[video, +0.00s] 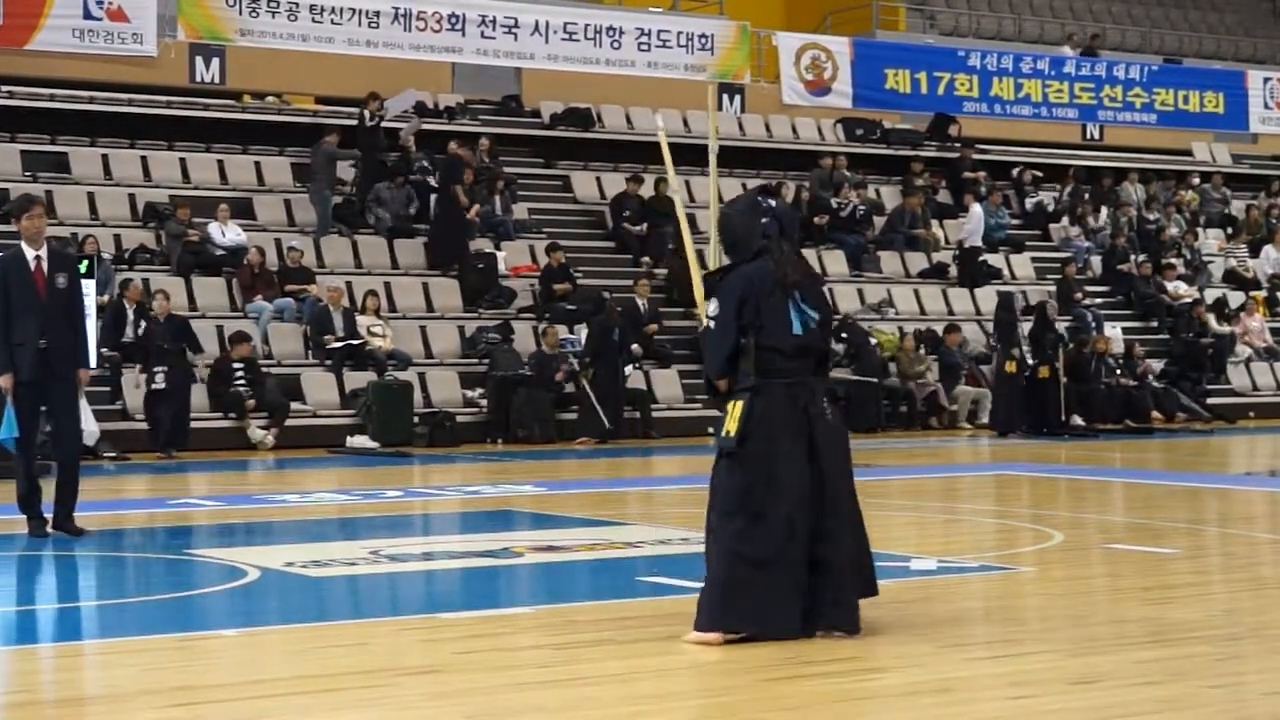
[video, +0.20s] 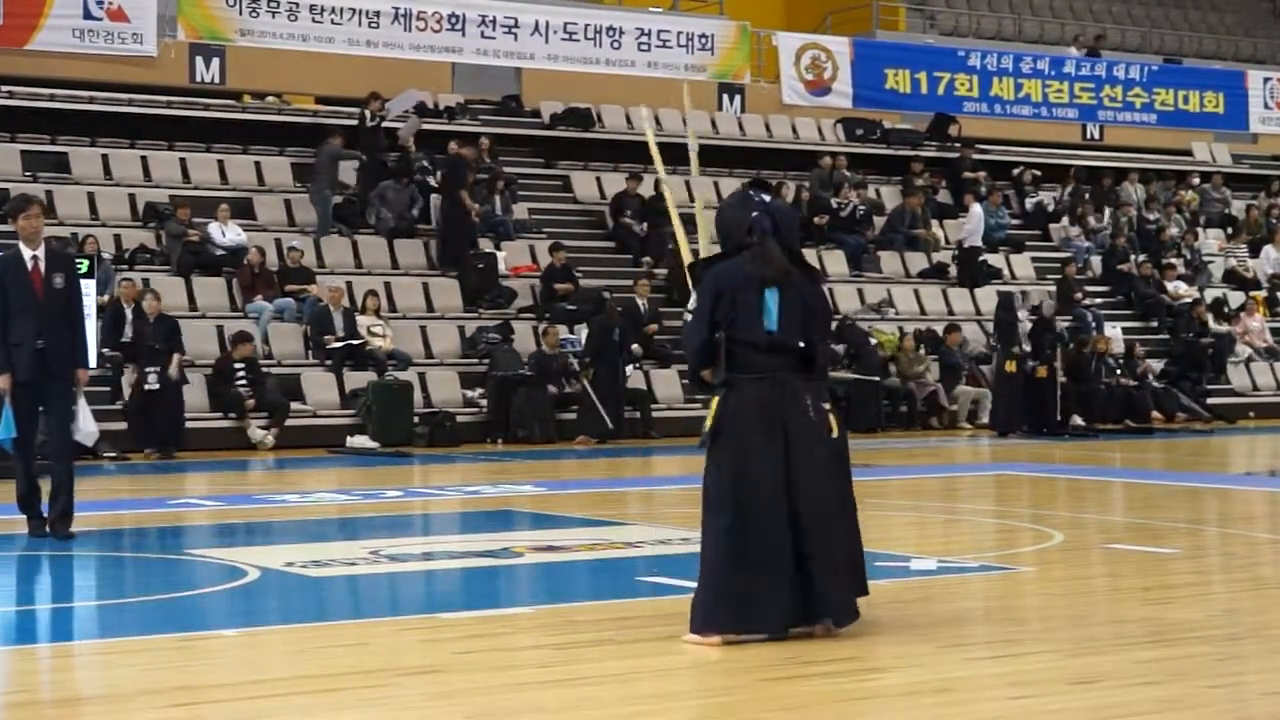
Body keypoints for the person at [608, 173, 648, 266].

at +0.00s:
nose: (635, 188)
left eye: (637, 185)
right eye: (633, 184)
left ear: (639, 187)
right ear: (627, 184)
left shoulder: (641, 200)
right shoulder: (617, 199)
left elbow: (646, 215)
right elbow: (617, 219)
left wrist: (644, 225)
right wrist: (631, 228)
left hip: (639, 227)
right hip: (624, 228)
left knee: (649, 238)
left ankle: (646, 259)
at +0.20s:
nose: (633, 186)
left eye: (635, 183)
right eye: (631, 182)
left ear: (638, 184)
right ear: (627, 183)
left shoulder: (641, 199)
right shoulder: (618, 197)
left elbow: (645, 214)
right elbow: (616, 217)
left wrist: (644, 225)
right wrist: (633, 225)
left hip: (638, 229)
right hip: (622, 228)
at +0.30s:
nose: (633, 184)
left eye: (636, 182)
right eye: (631, 181)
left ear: (638, 183)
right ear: (626, 181)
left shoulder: (642, 199)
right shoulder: (618, 196)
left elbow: (646, 214)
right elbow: (610, 213)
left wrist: (646, 226)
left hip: (638, 228)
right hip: (621, 228)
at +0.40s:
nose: (630, 183)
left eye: (633, 181)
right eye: (629, 180)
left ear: (637, 183)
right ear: (626, 181)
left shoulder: (641, 198)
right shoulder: (620, 196)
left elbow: (647, 213)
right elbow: (608, 201)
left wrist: (646, 223)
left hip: (638, 227)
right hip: (622, 228)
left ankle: (648, 259)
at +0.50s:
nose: (630, 184)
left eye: (633, 181)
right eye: (629, 180)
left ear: (637, 183)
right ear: (626, 181)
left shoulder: (641, 197)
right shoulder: (620, 195)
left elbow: (647, 212)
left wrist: (646, 223)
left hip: (638, 228)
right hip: (622, 228)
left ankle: (649, 258)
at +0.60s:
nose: (630, 183)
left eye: (633, 181)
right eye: (629, 180)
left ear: (637, 183)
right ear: (626, 181)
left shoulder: (641, 197)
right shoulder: (620, 194)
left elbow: (647, 211)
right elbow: (609, 182)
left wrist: (646, 222)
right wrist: (615, 175)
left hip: (638, 227)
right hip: (622, 228)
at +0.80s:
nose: (626, 185)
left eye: (629, 183)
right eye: (626, 182)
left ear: (635, 185)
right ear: (624, 183)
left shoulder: (640, 197)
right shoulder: (620, 195)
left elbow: (647, 211)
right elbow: (614, 182)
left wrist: (646, 222)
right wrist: (617, 174)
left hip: (637, 226)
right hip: (622, 227)